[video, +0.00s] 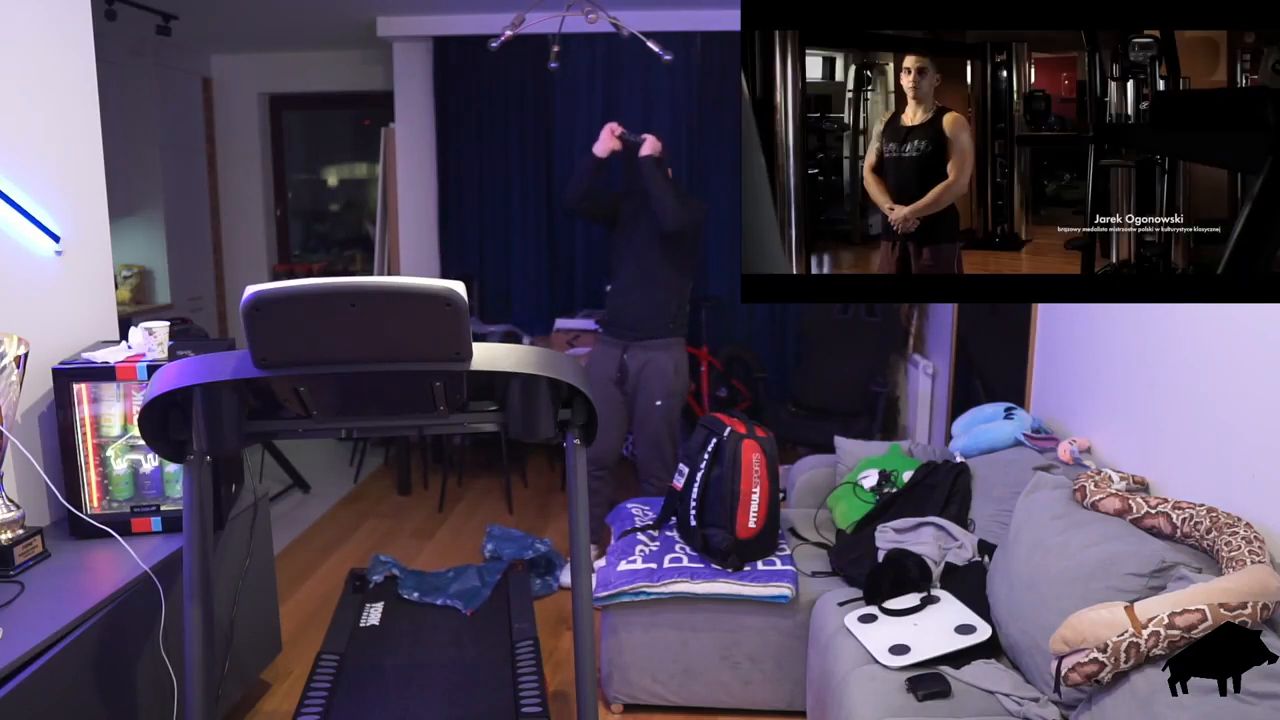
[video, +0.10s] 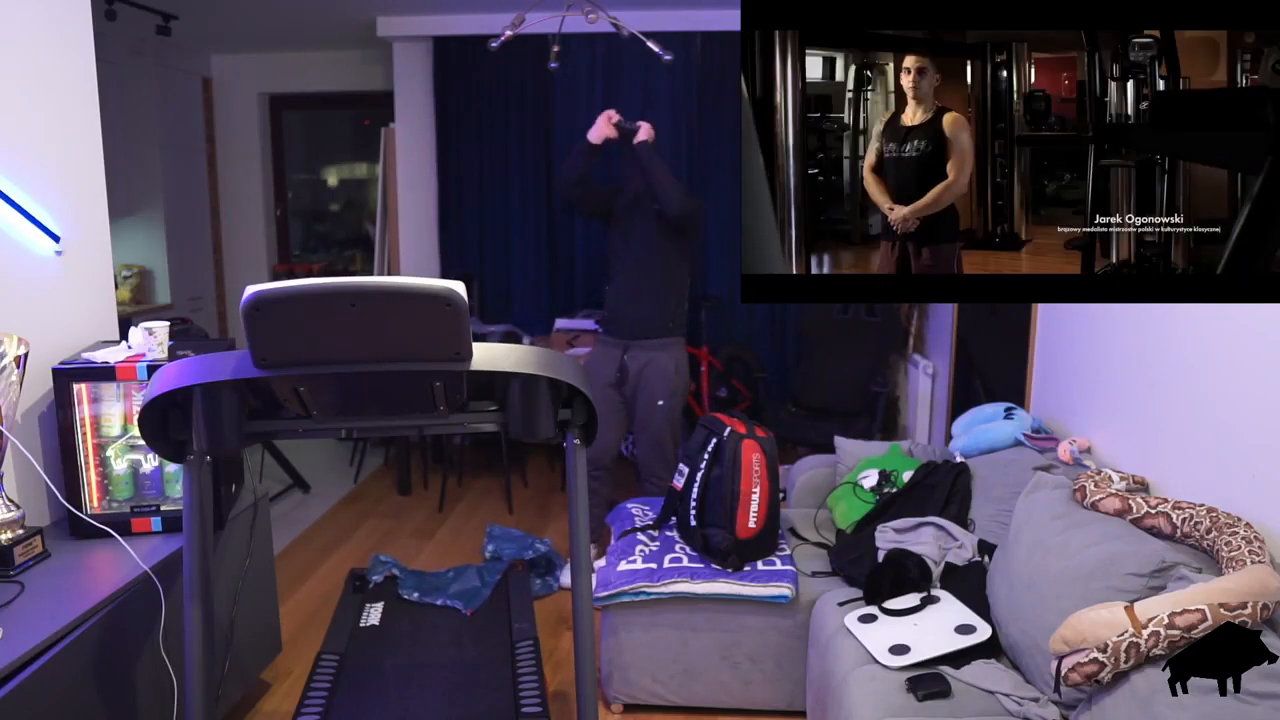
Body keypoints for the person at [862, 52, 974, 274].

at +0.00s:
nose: (913, 78)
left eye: (921, 72)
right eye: (907, 71)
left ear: (936, 79)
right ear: (900, 78)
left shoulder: (952, 122)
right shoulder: (886, 122)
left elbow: (959, 182)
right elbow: (869, 172)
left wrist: (910, 212)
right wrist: (894, 214)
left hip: (935, 240)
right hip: (893, 238)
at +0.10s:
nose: (913, 78)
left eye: (921, 72)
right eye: (907, 72)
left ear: (936, 80)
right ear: (900, 78)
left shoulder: (952, 122)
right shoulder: (886, 122)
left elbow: (958, 182)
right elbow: (868, 172)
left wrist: (910, 212)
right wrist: (894, 214)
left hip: (935, 239)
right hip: (893, 238)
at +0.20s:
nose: (913, 78)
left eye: (921, 71)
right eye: (907, 71)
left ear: (936, 79)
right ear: (900, 78)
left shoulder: (952, 123)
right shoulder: (886, 122)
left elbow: (958, 183)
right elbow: (868, 172)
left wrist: (909, 212)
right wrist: (893, 213)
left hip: (935, 239)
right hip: (892, 238)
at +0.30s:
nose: (912, 78)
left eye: (921, 72)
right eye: (907, 71)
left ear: (936, 79)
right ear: (900, 78)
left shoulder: (951, 122)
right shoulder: (886, 122)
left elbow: (957, 183)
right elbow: (868, 171)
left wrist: (909, 212)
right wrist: (893, 213)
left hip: (935, 239)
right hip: (892, 238)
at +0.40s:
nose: (912, 78)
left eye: (921, 71)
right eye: (906, 71)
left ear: (936, 79)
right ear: (900, 78)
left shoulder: (951, 122)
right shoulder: (885, 122)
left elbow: (957, 183)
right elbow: (867, 171)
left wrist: (909, 212)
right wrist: (893, 213)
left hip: (935, 239)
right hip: (892, 238)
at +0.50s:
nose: (912, 77)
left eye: (920, 71)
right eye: (906, 71)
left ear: (935, 79)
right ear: (900, 78)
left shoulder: (951, 122)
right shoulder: (885, 122)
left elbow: (957, 183)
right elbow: (867, 171)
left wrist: (909, 212)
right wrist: (892, 213)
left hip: (935, 239)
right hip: (892, 238)